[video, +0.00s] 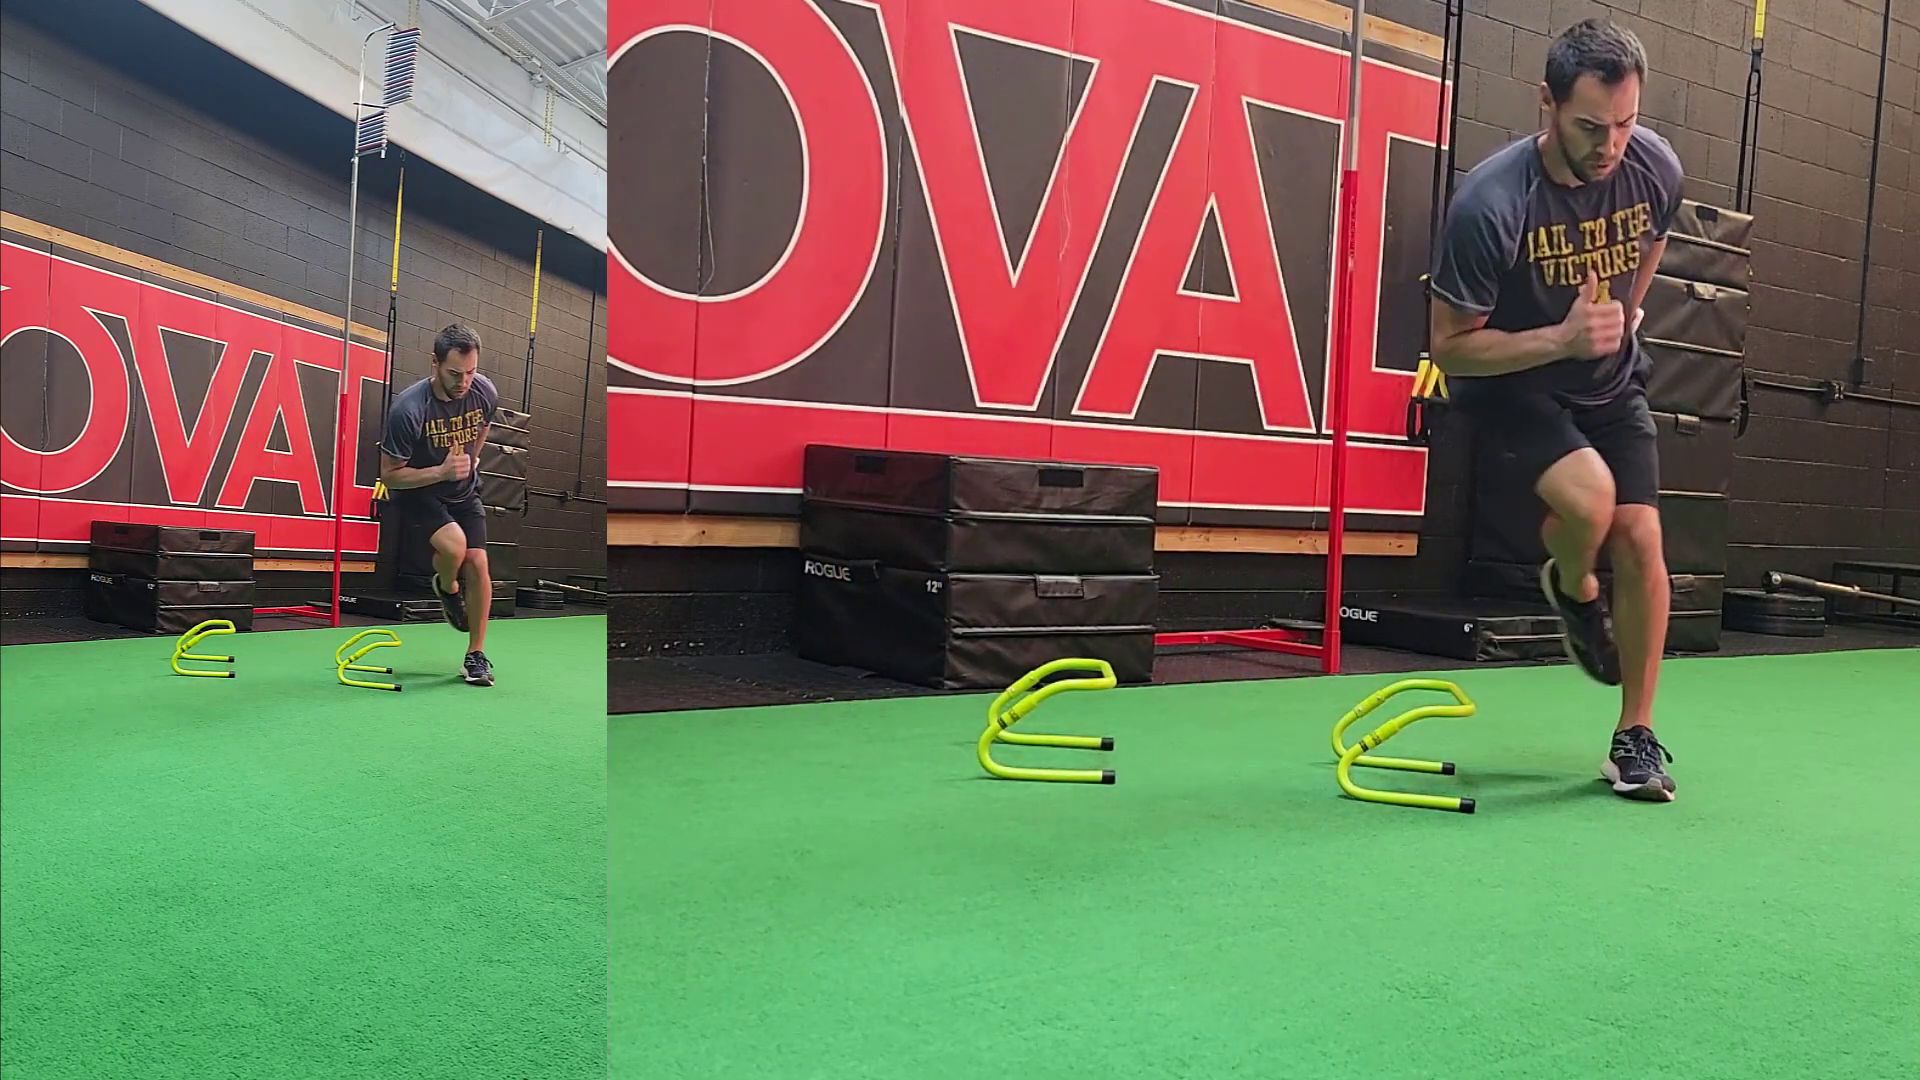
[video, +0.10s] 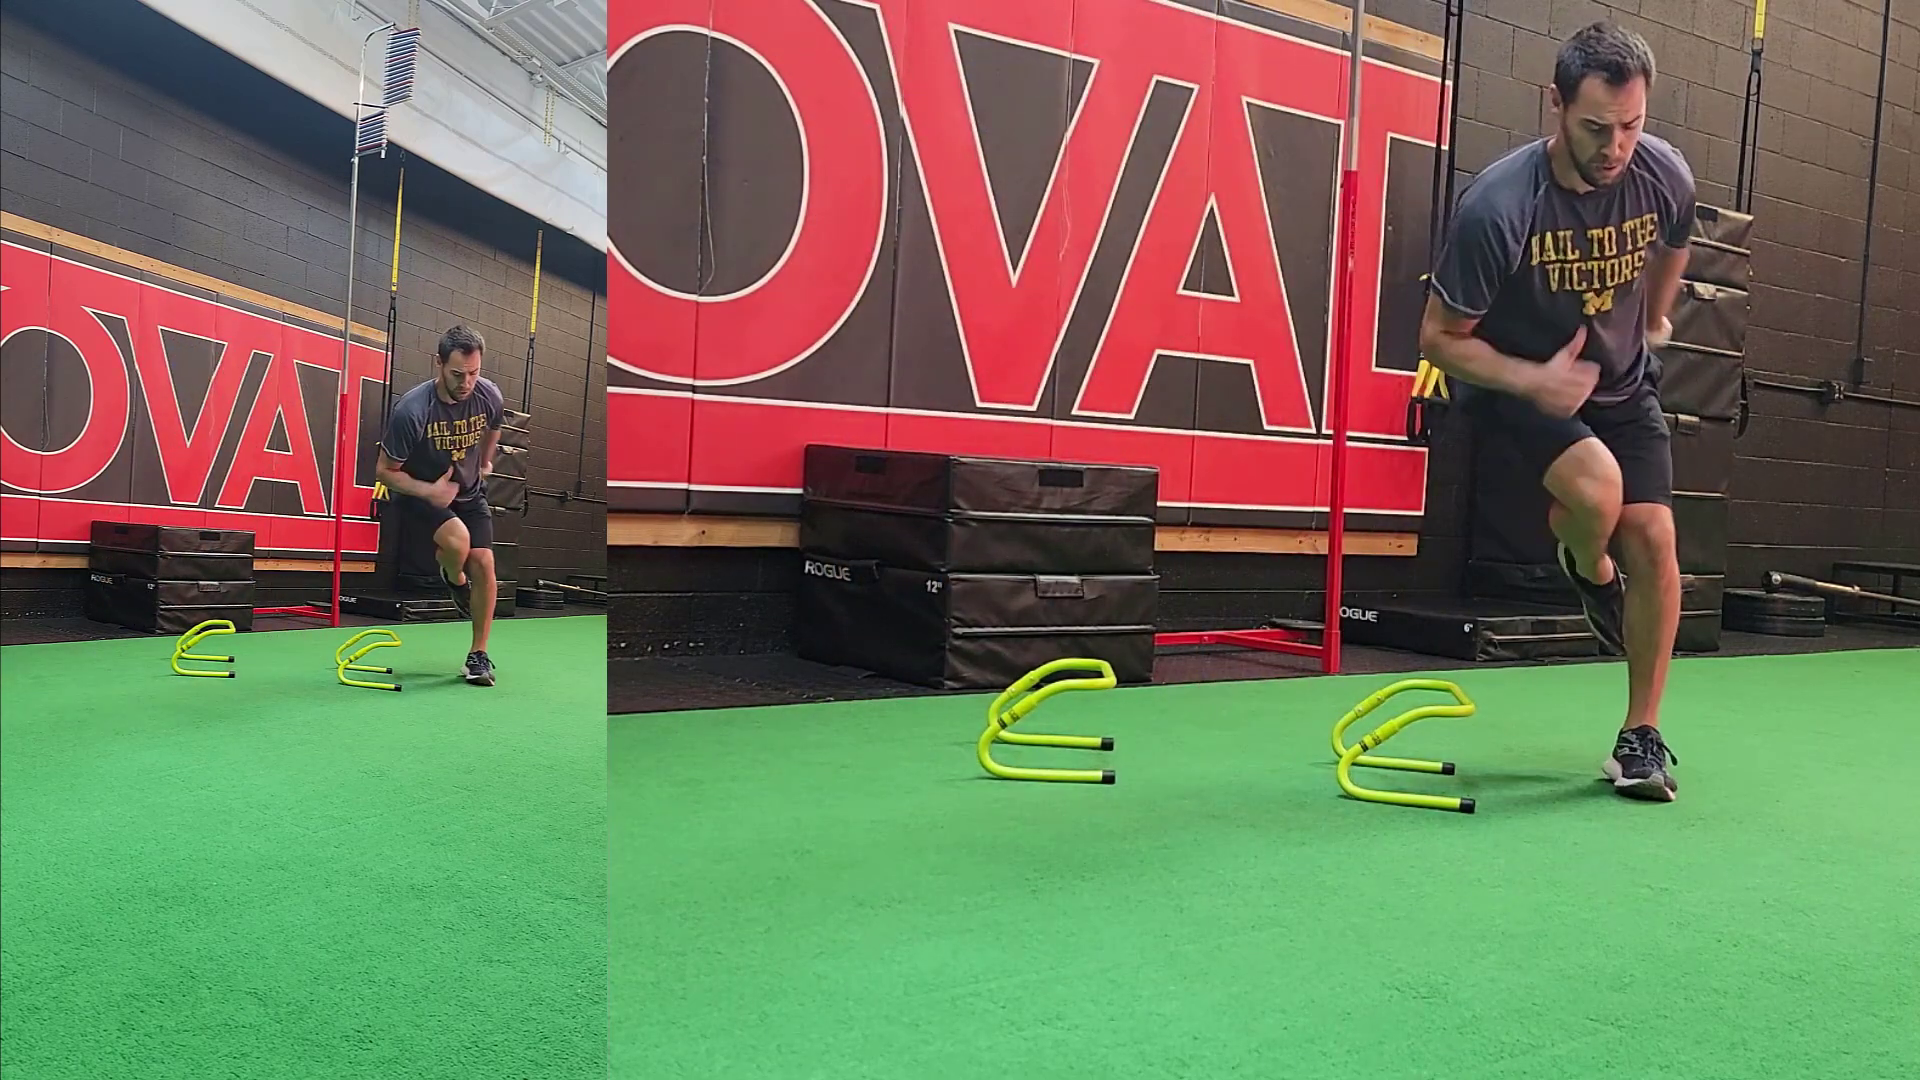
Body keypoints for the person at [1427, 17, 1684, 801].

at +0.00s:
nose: (1609, 147)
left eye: (1623, 126)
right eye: (1591, 128)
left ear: (1636, 109)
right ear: (1547, 107)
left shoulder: (1655, 169)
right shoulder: (1486, 202)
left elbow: (1653, 241)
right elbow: (1449, 348)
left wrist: (1626, 315)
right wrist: (1559, 339)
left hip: (1611, 378)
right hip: (1510, 385)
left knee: (1640, 536)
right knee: (1591, 499)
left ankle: (1635, 733)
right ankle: (1574, 590)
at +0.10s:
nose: (1614, 149)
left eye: (1629, 127)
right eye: (1596, 129)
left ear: (1644, 111)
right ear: (1554, 108)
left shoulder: (1665, 177)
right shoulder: (1496, 207)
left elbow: (1672, 246)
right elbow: (1439, 337)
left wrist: (1656, 323)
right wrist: (1533, 378)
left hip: (1622, 378)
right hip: (1513, 383)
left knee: (1653, 534)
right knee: (1600, 492)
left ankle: (1642, 733)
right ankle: (1593, 571)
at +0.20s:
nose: (1606, 139)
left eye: (1623, 119)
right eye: (1590, 118)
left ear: (1642, 107)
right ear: (1555, 100)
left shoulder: (1666, 188)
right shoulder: (1495, 192)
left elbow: (1685, 300)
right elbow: (1427, 317)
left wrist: (1692, 417)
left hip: (1611, 381)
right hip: (1506, 366)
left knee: (1640, 535)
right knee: (1563, 461)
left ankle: (1636, 734)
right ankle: (1559, 554)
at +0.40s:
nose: (1538, 78)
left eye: (1556, 59)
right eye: (1524, 56)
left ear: (1593, 49)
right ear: (1505, 44)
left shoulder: (1627, 145)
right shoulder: (1450, 141)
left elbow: (1658, 301)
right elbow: (1341, 216)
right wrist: (1268, 292)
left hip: (1563, 373)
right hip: (1454, 347)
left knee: (1609, 536)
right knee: (1433, 466)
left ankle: (1633, 734)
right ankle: (1337, 565)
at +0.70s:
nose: (1342, 17)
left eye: (1360, 3)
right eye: (1329, 2)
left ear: (1387, 7)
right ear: (1309, 4)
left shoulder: (1436, 87)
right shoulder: (1257, 94)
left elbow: (1472, 181)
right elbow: (1215, 221)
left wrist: (1480, 280)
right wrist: (1266, 262)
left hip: (1393, 290)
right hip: (1289, 302)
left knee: (1379, 391)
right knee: (1284, 511)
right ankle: (1274, 698)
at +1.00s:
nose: (1172, 10)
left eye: (1191, 0)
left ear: (1227, 2)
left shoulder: (1276, 83)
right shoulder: (1098, 64)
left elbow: (1324, 219)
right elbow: (1064, 175)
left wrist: (1307, 339)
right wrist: (1038, 278)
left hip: (1224, 304)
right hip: (1119, 279)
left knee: (1234, 495)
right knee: (1040, 392)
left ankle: (1278, 705)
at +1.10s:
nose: (1098, 12)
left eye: (1116, 2)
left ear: (1152, 0)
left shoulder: (1207, 75)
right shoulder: (1028, 59)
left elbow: (1254, 218)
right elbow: (1005, 163)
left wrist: (1184, 295)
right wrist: (995, 278)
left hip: (1165, 280)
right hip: (1054, 271)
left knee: (1171, 464)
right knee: (983, 447)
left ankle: (1219, 614)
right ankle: (895, 641)